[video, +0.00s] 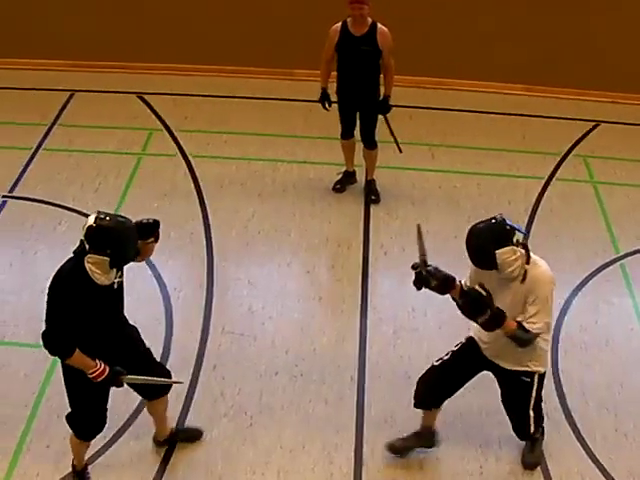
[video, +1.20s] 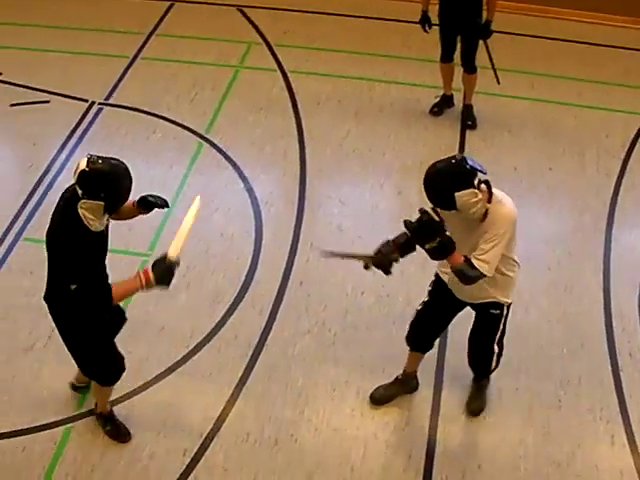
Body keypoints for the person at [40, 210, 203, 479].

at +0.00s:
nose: (147, 250)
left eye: (148, 247)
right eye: (141, 247)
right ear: (114, 251)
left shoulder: (109, 256)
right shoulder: (66, 283)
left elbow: (135, 256)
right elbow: (55, 342)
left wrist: (144, 243)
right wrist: (98, 370)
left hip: (118, 337)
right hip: (84, 355)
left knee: (158, 385)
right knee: (88, 422)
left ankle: (163, 434)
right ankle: (78, 468)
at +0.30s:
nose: (136, 258)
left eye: (139, 252)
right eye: (133, 252)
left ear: (141, 244)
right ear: (120, 244)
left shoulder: (139, 243)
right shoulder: (89, 272)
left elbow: (174, 238)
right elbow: (78, 336)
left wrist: (174, 221)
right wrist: (116, 364)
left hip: (137, 332)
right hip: (103, 346)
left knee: (167, 387)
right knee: (110, 421)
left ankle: (155, 449)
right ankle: (99, 453)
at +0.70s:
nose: (144, 230)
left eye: (144, 225)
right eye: (140, 226)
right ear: (126, 226)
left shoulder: (126, 229)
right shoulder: (85, 256)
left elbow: (155, 215)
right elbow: (73, 322)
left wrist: (162, 205)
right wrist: (112, 347)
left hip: (131, 316)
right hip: (97, 336)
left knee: (172, 361)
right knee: (96, 407)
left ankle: (173, 417)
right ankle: (71, 450)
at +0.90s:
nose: (130, 217)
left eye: (130, 213)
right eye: (126, 213)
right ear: (110, 210)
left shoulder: (110, 206)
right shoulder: (72, 237)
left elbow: (135, 222)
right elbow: (72, 305)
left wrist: (154, 204)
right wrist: (119, 324)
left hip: (115, 287)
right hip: (83, 304)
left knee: (149, 333)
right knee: (96, 374)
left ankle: (181, 382)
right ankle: (80, 420)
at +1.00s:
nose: (123, 212)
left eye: (124, 208)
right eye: (120, 208)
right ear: (102, 206)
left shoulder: (94, 205)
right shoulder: (67, 237)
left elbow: (117, 223)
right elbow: (74, 305)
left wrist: (145, 214)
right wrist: (124, 316)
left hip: (100, 282)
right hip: (70, 301)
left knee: (139, 324)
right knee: (95, 370)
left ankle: (159, 375)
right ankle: (86, 414)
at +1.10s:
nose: (116, 210)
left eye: (118, 205)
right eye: (114, 206)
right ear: (97, 205)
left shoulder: (87, 202)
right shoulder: (66, 238)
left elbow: (111, 222)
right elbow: (84, 305)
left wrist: (137, 214)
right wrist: (135, 304)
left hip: (92, 281)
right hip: (66, 303)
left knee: (125, 321)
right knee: (97, 369)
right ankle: (92, 414)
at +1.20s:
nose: (121, 204)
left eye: (122, 199)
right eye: (118, 200)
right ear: (100, 200)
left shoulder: (83, 196)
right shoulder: (73, 236)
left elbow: (114, 212)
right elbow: (99, 298)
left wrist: (139, 207)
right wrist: (147, 277)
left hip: (85, 290)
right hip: (71, 306)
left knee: (114, 321)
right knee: (110, 365)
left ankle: (82, 378)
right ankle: (103, 411)